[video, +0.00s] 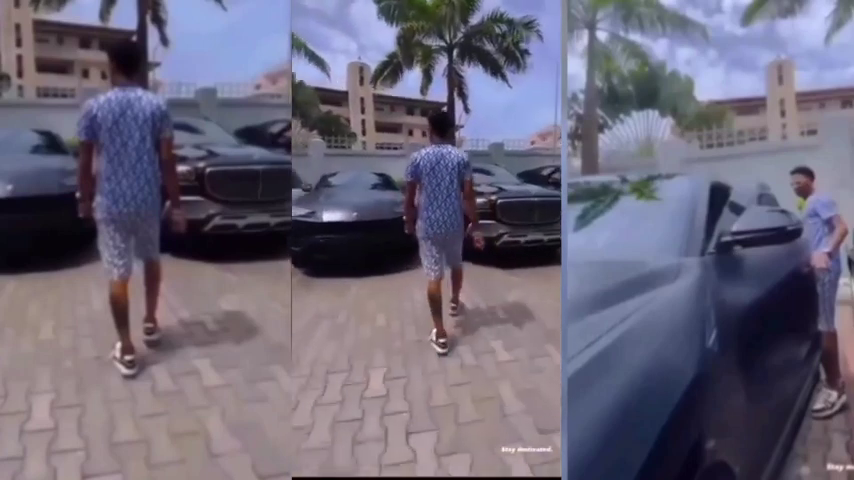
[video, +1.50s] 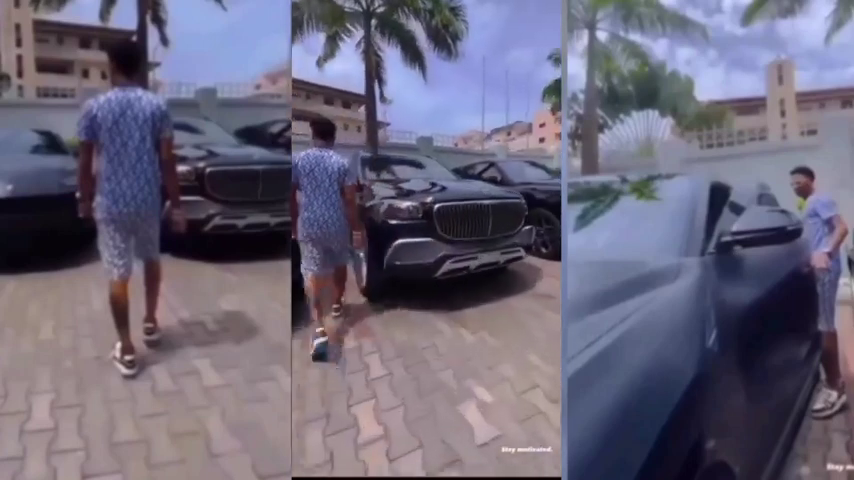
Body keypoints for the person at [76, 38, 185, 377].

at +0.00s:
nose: (112, 71)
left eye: (111, 66)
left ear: (112, 67)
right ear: (142, 67)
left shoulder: (95, 107)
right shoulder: (155, 105)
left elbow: (85, 161)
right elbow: (167, 159)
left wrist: (85, 199)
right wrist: (175, 202)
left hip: (110, 201)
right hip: (147, 200)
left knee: (118, 273)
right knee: (151, 260)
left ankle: (125, 348)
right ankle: (150, 319)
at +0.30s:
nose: (112, 71)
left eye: (111, 66)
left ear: (112, 67)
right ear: (142, 67)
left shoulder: (95, 107)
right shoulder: (155, 105)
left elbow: (85, 161)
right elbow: (167, 159)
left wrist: (85, 199)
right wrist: (175, 202)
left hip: (110, 201)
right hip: (147, 200)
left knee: (118, 273)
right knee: (151, 260)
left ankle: (125, 348)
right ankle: (150, 319)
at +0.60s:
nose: (112, 71)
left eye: (111, 66)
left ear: (112, 67)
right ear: (142, 67)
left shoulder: (95, 107)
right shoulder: (155, 105)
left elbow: (85, 161)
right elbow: (167, 159)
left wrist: (85, 199)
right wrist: (175, 202)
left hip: (110, 201)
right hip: (147, 200)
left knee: (118, 273)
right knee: (151, 260)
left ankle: (125, 348)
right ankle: (150, 319)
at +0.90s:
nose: (112, 71)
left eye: (111, 66)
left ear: (112, 67)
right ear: (142, 67)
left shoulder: (95, 107)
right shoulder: (155, 105)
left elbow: (85, 161)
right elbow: (167, 159)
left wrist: (85, 199)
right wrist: (175, 202)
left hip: (110, 201)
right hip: (147, 200)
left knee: (118, 273)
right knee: (151, 260)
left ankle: (125, 348)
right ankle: (150, 319)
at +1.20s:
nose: (112, 71)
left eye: (111, 66)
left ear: (112, 67)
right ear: (142, 67)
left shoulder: (95, 107)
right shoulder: (155, 105)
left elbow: (85, 161)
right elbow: (167, 159)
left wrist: (85, 199)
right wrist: (175, 202)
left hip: (110, 201)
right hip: (147, 200)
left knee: (118, 273)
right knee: (151, 260)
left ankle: (125, 348)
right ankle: (150, 319)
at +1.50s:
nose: (112, 71)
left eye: (111, 66)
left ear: (112, 67)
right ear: (142, 67)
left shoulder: (95, 107)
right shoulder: (155, 105)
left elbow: (85, 161)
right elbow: (167, 159)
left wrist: (85, 199)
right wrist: (175, 202)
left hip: (110, 201)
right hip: (147, 200)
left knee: (118, 273)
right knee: (151, 260)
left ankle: (125, 348)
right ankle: (150, 319)